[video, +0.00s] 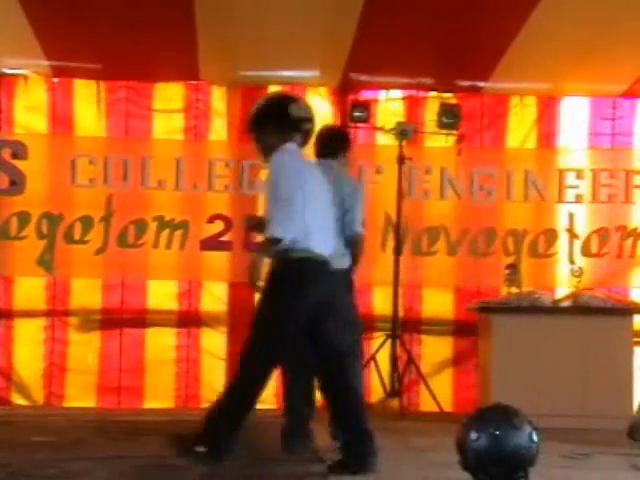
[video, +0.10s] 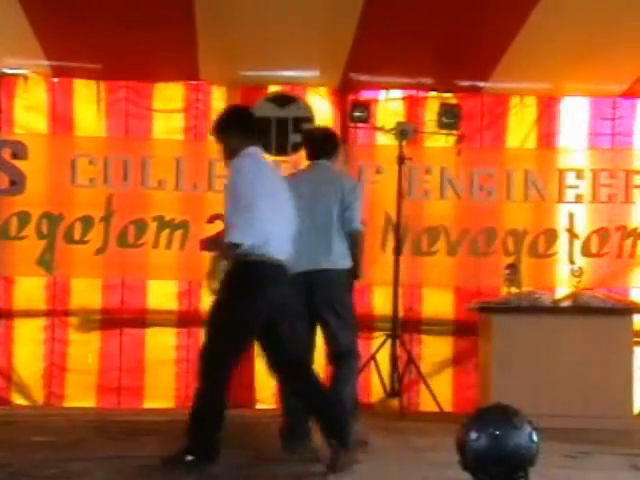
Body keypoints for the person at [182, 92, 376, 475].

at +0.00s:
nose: (256, 144)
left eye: (258, 135)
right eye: (255, 135)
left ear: (272, 132)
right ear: (293, 133)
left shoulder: (284, 162)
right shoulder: (311, 169)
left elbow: (285, 220)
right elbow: (309, 225)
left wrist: (264, 249)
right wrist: (265, 224)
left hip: (295, 272)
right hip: (327, 273)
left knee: (257, 360)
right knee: (336, 368)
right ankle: (358, 453)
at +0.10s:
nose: (220, 149)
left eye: (222, 141)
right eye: (220, 141)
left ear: (232, 139)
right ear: (252, 137)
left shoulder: (242, 170)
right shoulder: (271, 172)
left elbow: (239, 234)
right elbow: (276, 227)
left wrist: (215, 243)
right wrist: (229, 231)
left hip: (249, 274)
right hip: (278, 275)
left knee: (215, 362)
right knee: (291, 365)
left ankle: (201, 450)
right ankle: (340, 434)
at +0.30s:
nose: (166, 139)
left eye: (167, 131)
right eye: (166, 131)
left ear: (174, 130)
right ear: (199, 127)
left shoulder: (184, 161)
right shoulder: (220, 165)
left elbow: (176, 210)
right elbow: (241, 219)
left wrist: (148, 241)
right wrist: (221, 244)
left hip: (194, 261)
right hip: (220, 262)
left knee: (183, 351)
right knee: (193, 347)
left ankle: (197, 446)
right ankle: (214, 423)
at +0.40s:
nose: (147, 137)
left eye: (147, 130)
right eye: (148, 130)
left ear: (153, 129)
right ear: (179, 126)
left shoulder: (161, 159)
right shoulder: (201, 164)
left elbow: (149, 208)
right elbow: (224, 226)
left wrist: (123, 238)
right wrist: (197, 240)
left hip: (175, 262)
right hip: (200, 263)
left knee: (171, 352)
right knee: (169, 351)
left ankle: (196, 443)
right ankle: (166, 437)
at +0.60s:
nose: (101, 148)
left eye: (102, 142)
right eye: (101, 142)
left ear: (109, 142)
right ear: (134, 140)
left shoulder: (112, 171)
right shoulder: (152, 178)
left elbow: (89, 224)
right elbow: (178, 238)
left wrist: (72, 240)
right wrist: (147, 255)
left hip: (123, 274)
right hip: (146, 274)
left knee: (128, 356)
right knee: (107, 358)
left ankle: (186, 435)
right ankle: (73, 441)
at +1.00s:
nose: (15, 149)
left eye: (16, 143)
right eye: (15, 144)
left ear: (23, 139)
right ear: (49, 136)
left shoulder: (29, 164)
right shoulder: (69, 169)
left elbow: (15, 217)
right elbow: (87, 218)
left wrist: (6, 239)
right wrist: (68, 245)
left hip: (37, 265)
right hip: (69, 266)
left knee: (4, 345)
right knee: (64, 350)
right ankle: (70, 434)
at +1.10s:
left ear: (1, 142)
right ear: (22, 140)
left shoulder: (7, 173)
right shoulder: (43, 178)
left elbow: (4, 214)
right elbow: (56, 224)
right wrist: (45, 258)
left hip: (9, 267)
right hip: (40, 269)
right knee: (43, 352)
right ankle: (66, 433)